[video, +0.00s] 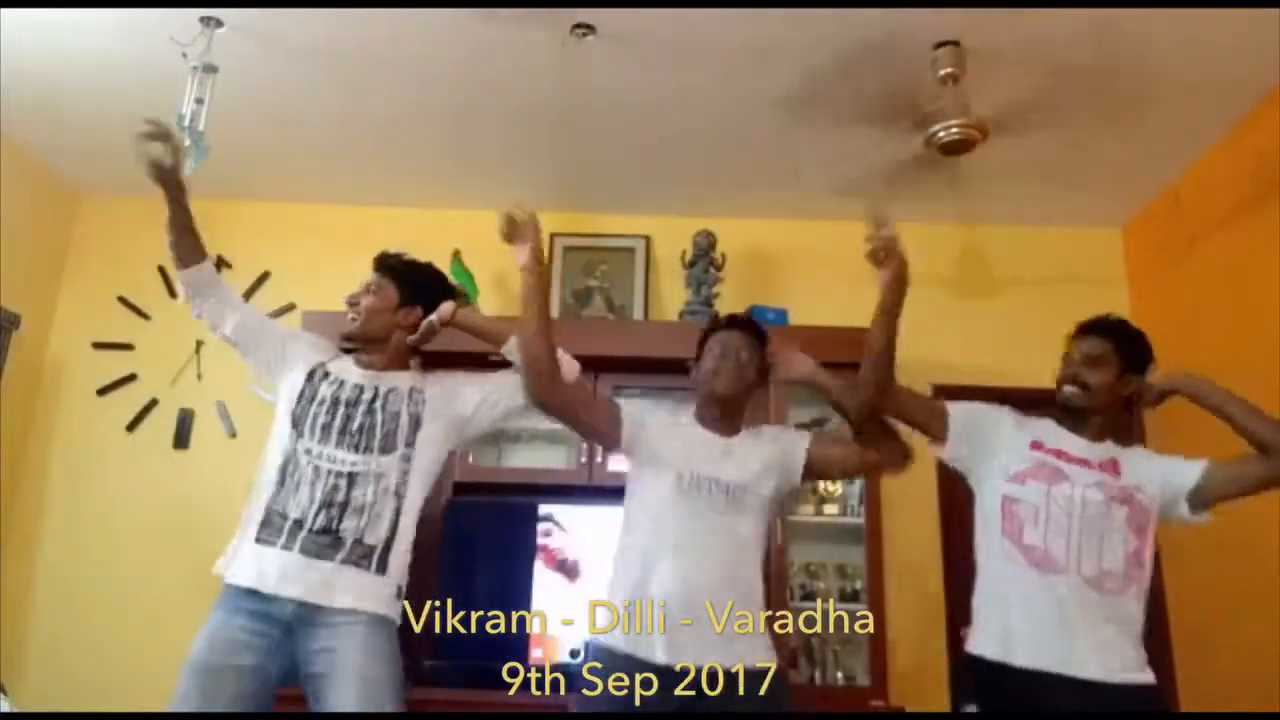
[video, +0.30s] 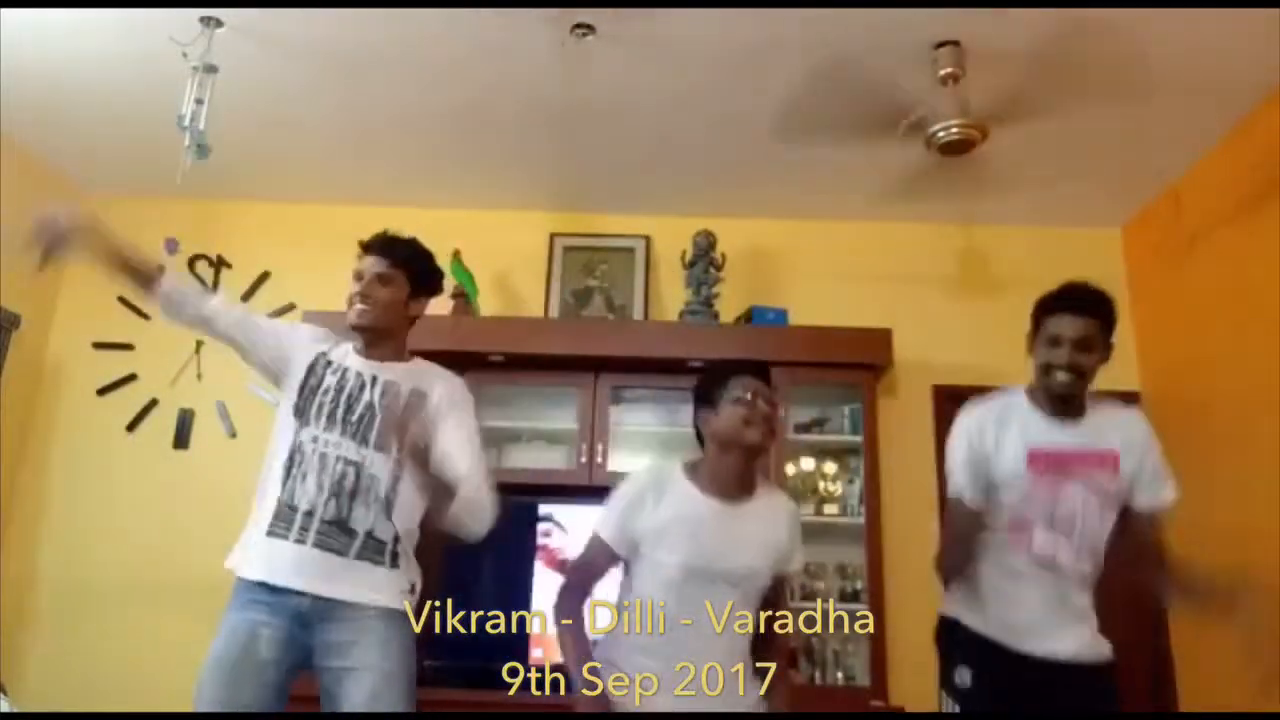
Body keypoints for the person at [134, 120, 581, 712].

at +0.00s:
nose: (354, 300)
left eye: (374, 293)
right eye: (361, 290)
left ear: (413, 319)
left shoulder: (447, 399)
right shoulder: (302, 359)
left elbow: (551, 380)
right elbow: (211, 296)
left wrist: (462, 320)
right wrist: (174, 193)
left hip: (355, 617)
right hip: (251, 599)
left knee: (364, 703)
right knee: (193, 704)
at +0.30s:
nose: (361, 289)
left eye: (382, 282)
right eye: (359, 277)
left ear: (418, 305)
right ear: (351, 286)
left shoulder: (441, 391)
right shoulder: (307, 348)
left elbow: (476, 518)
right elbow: (206, 308)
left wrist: (422, 458)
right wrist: (96, 239)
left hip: (370, 608)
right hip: (266, 591)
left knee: (375, 705)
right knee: (220, 702)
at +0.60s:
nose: (394, 319)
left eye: (413, 316)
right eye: (385, 309)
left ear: (431, 346)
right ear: (364, 327)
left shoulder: (449, 443)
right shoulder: (301, 408)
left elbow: (450, 583)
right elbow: (197, 525)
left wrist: (356, 627)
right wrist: (284, 623)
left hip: (387, 649)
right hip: (279, 639)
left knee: (427, 706)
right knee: (238, 704)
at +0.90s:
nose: (438, 257)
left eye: (452, 249)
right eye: (422, 244)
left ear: (463, 268)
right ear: (393, 256)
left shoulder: (473, 362)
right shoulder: (336, 326)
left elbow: (470, 482)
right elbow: (280, 430)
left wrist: (539, 513)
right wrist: (268, 493)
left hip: (464, 555)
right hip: (358, 543)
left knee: (534, 698)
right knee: (295, 700)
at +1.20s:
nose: (457, 283)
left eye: (471, 273)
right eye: (441, 271)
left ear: (485, 295)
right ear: (414, 288)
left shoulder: (510, 397)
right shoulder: (354, 372)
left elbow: (517, 522)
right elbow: (271, 494)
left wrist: (551, 541)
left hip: (501, 615)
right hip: (387, 615)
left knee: (559, 701)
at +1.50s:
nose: (431, 267)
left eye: (450, 258)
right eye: (423, 256)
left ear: (477, 281)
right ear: (409, 273)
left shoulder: (505, 377)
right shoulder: (343, 363)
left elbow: (542, 512)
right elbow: (305, 497)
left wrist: (454, 589)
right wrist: (360, 579)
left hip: (462, 610)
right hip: (355, 601)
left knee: (448, 704)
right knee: (284, 703)